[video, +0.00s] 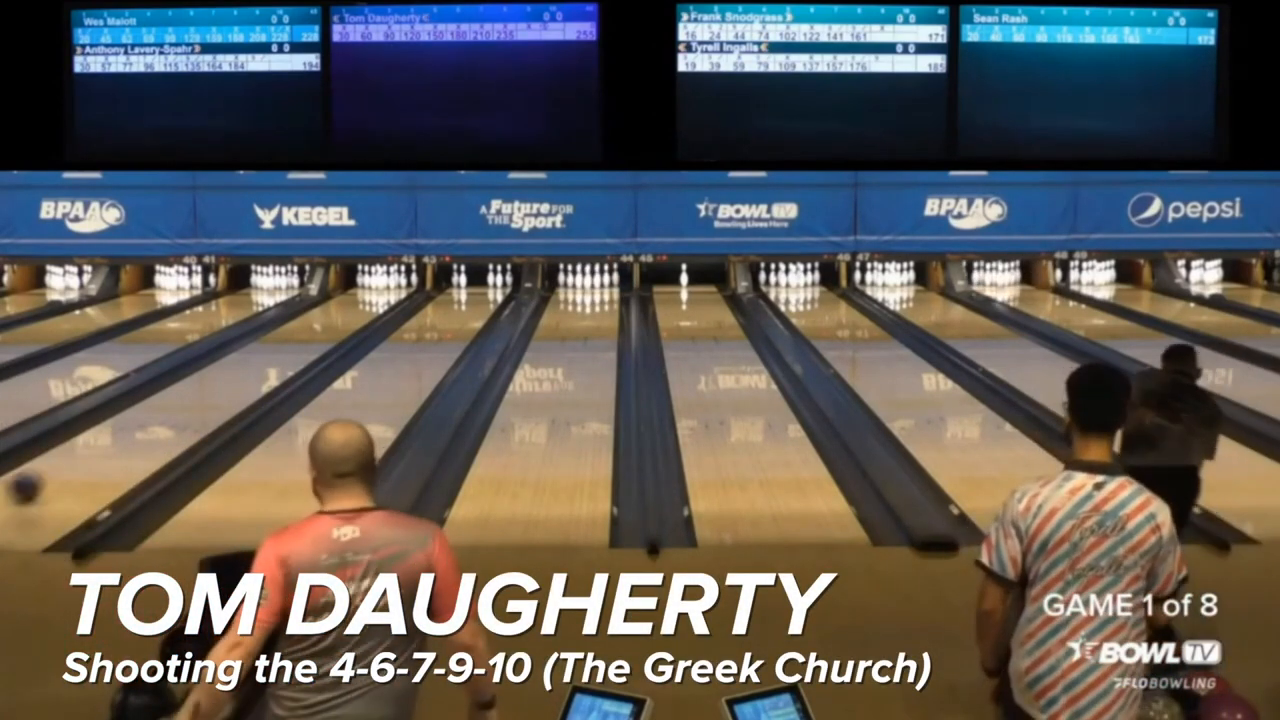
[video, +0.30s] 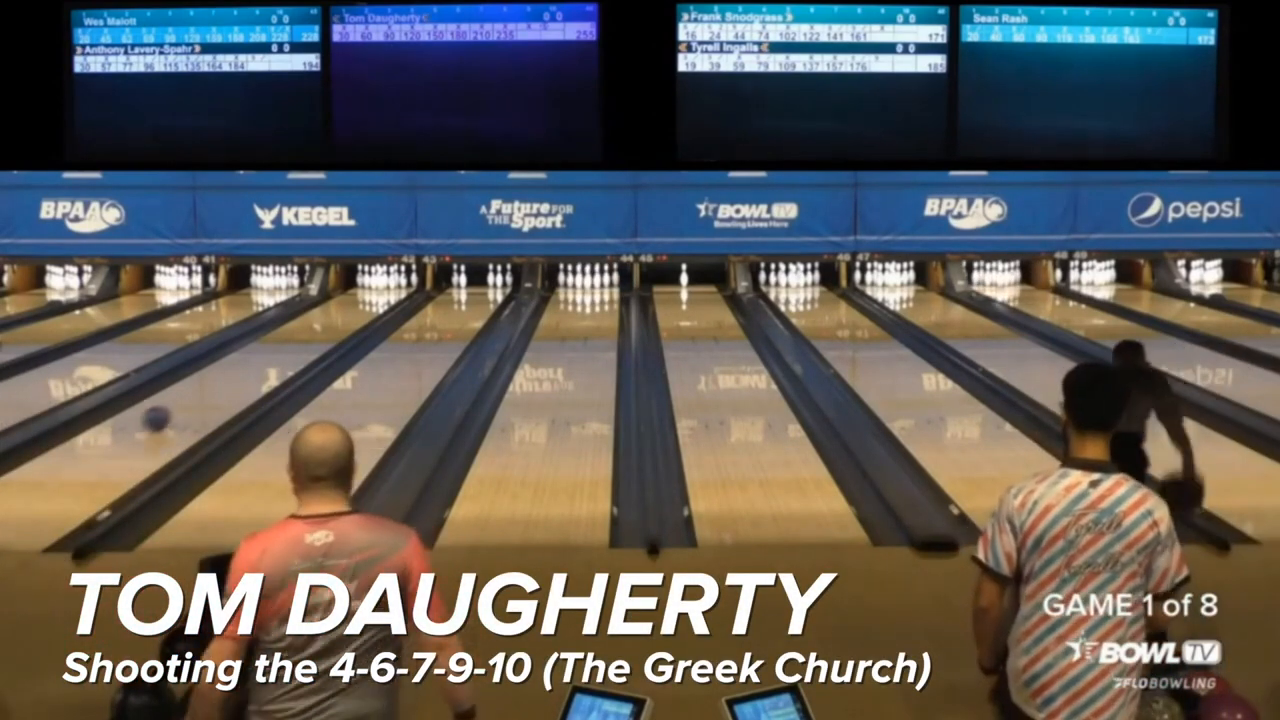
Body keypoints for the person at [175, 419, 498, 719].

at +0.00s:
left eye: (313, 468)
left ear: (314, 476)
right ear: (373, 468)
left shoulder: (283, 549)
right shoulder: (426, 540)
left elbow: (238, 649)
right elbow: (473, 648)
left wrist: (189, 713)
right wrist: (484, 703)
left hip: (295, 709)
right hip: (384, 709)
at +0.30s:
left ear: (292, 475)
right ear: (353, 472)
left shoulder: (256, 552)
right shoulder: (402, 545)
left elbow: (219, 673)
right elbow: (447, 654)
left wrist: (197, 715)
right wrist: (466, 710)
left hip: (277, 710)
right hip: (367, 709)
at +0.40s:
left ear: (269, 474)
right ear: (329, 474)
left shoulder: (229, 553)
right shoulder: (370, 551)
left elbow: (205, 662)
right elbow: (410, 650)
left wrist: (208, 713)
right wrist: (445, 704)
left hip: (254, 710)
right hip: (344, 709)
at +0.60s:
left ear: (252, 471)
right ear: (312, 472)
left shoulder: (210, 551)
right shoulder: (350, 551)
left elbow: (193, 660)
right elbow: (385, 657)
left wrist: (210, 712)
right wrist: (417, 695)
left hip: (235, 710)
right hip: (325, 709)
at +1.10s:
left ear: (231, 465)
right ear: (291, 463)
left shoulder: (190, 537)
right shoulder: (331, 535)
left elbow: (162, 640)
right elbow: (364, 634)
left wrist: (178, 701)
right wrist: (389, 705)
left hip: (210, 708)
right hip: (302, 709)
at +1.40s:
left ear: (212, 472)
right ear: (266, 470)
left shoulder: (172, 537)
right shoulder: (301, 525)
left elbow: (144, 626)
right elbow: (334, 614)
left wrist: (159, 689)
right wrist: (351, 682)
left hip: (194, 705)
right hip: (283, 704)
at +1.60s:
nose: (242, 485)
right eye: (238, 480)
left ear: (190, 487)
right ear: (236, 485)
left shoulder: (160, 544)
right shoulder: (266, 521)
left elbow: (148, 621)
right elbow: (299, 603)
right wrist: (320, 667)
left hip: (172, 697)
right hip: (254, 692)